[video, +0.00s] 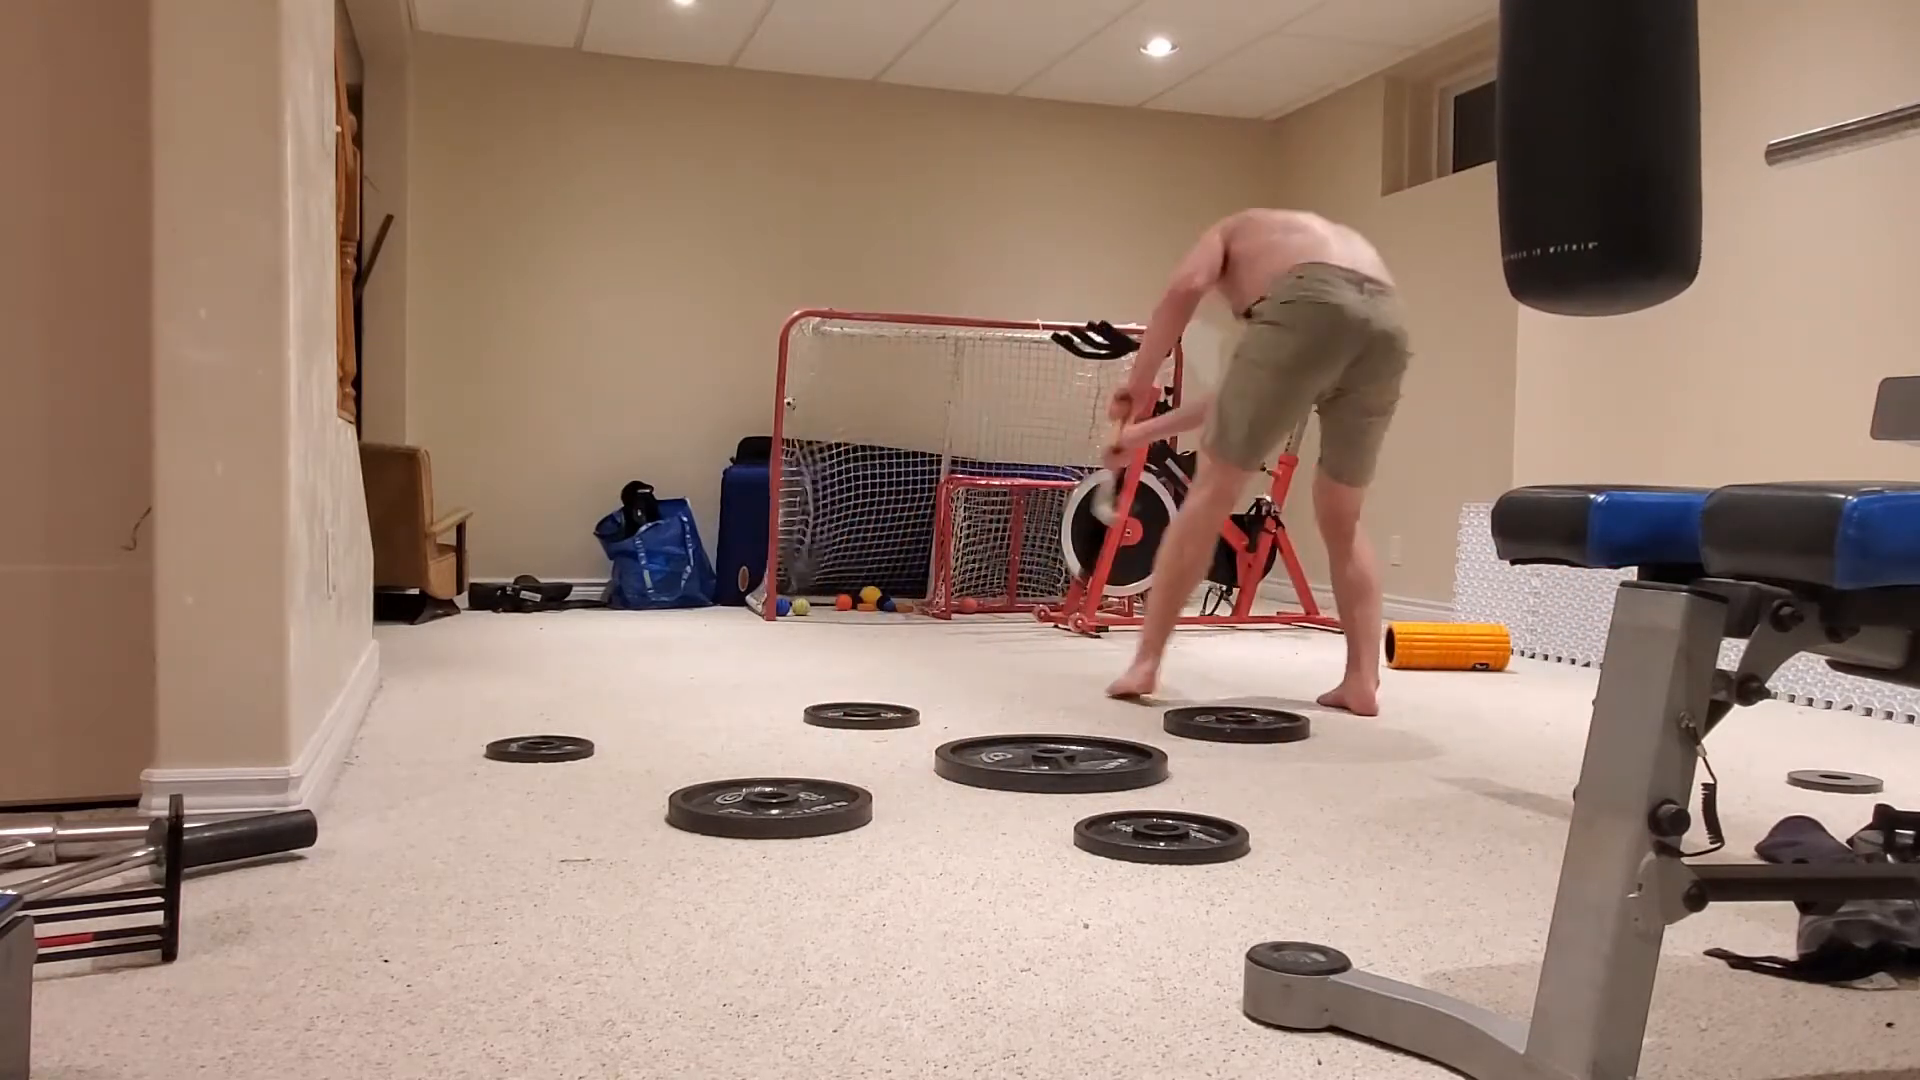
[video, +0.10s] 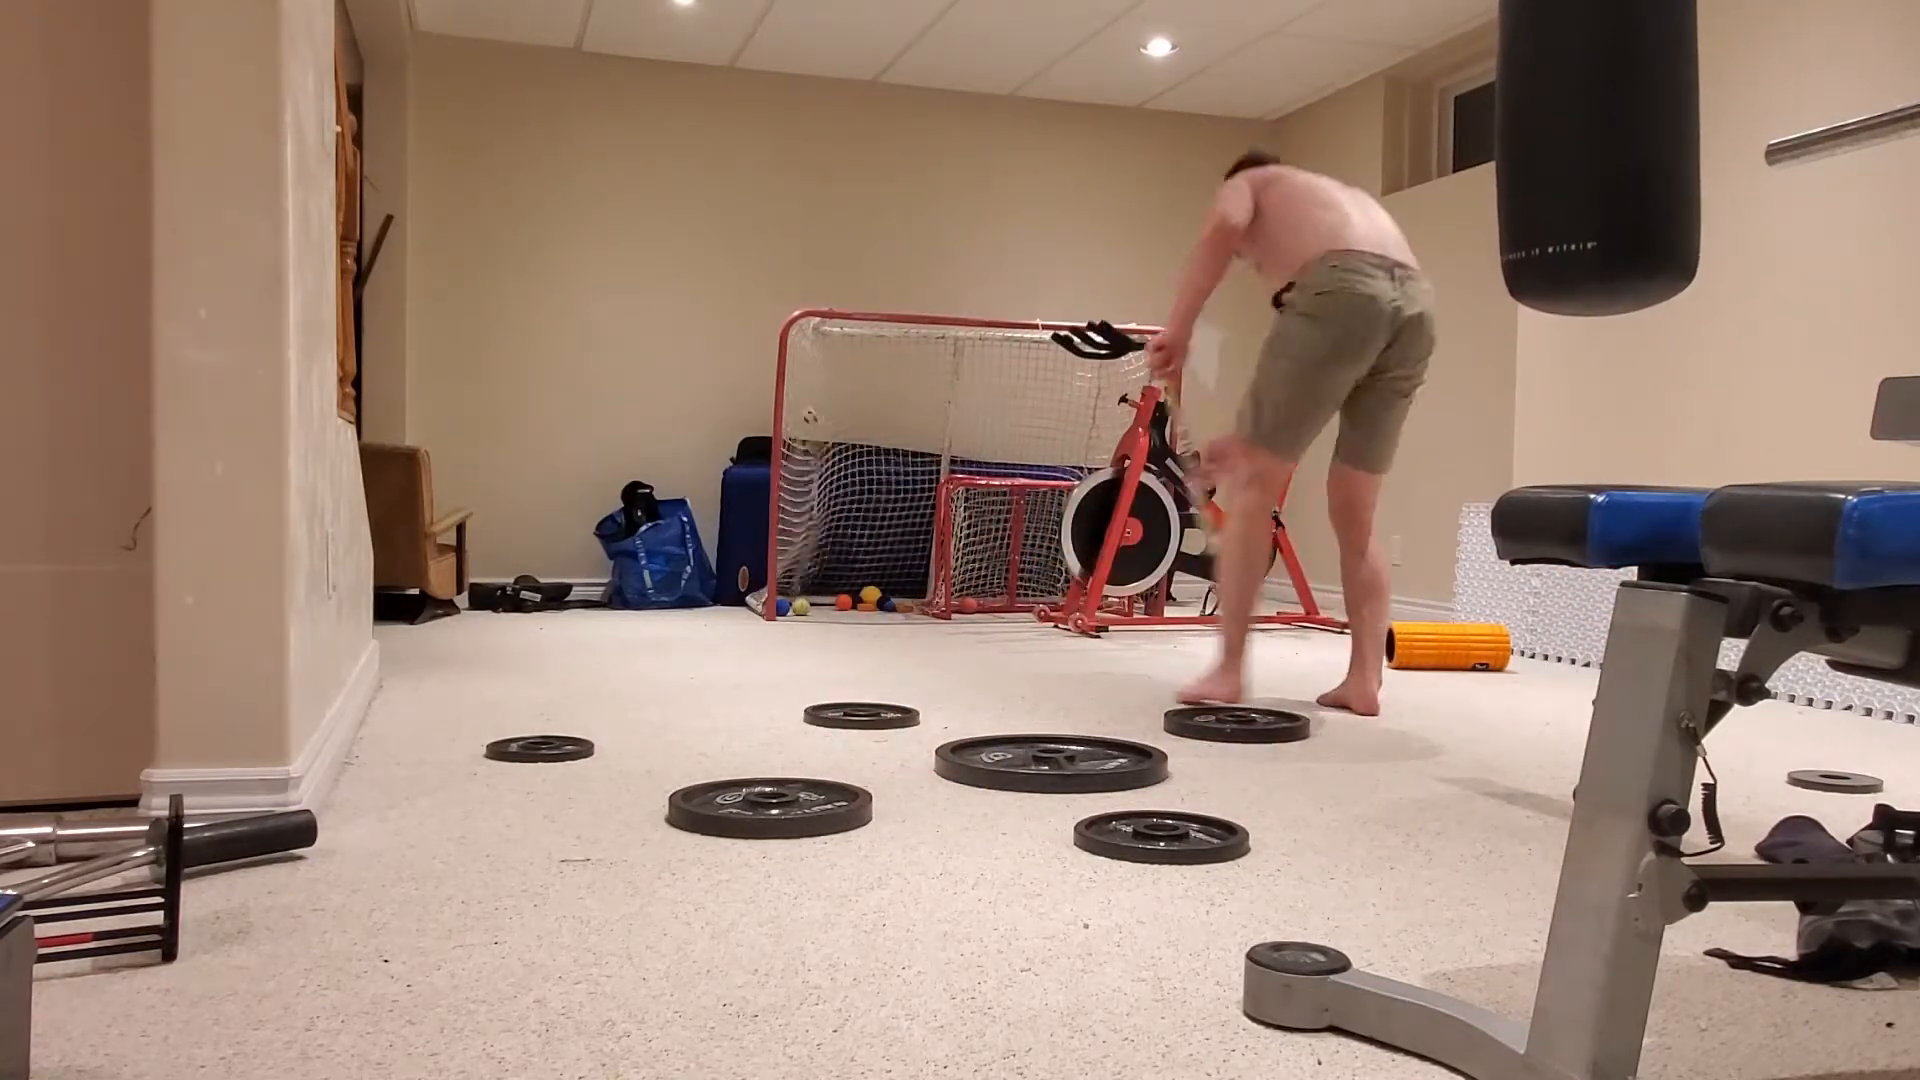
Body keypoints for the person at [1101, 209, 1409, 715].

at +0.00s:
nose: (1247, 315)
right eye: (1247, 308)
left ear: (1233, 241)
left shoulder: (1231, 229)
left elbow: (1189, 286)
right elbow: (1233, 398)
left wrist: (1139, 384)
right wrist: (1142, 434)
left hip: (1309, 298)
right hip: (1389, 320)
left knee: (1213, 494)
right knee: (1344, 520)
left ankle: (1146, 664)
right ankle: (1361, 683)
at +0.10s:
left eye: (1233, 191)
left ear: (1243, 175)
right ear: (1280, 171)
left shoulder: (1248, 179)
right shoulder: (1340, 199)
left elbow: (1229, 225)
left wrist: (1178, 328)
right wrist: (1249, 440)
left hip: (1338, 290)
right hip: (1415, 303)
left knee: (1257, 481)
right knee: (1355, 504)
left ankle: (1228, 671)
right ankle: (1364, 683)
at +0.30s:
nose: (1258, 171)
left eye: (1253, 159)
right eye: (1254, 168)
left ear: (1259, 133)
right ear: (1308, 118)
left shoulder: (1274, 139)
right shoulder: (1381, 167)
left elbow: (1305, 174)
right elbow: (1460, 261)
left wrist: (1284, 283)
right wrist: (1467, 367)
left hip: (1375, 301)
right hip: (1441, 308)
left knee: (1347, 507)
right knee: (1382, 505)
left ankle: (1405, 692)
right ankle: (1383, 669)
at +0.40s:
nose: (1270, 151)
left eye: (1267, 140)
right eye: (1268, 143)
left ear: (1275, 124)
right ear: (1330, 115)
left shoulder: (1295, 137)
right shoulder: (1396, 161)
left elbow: (1328, 186)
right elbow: (1484, 244)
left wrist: (1325, 288)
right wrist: (1534, 325)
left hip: (1394, 308)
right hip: (1450, 324)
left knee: (1345, 503)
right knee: (1388, 497)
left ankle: (1402, 691)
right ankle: (1409, 651)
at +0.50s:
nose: (1293, 130)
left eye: (1289, 120)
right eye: (1290, 122)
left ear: (1300, 105)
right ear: (1356, 97)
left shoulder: (1321, 124)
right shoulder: (1415, 150)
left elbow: (1363, 184)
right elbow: (1495, 229)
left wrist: (1350, 288)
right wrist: (1552, 306)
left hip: (1401, 310)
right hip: (1456, 318)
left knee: (1362, 506)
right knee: (1393, 501)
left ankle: (1404, 692)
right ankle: (1446, 654)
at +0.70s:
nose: (1342, 109)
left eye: (1341, 98)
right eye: (1342, 100)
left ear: (1353, 91)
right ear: (1408, 90)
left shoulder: (1367, 119)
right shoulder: (1461, 152)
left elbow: (1398, 189)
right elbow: (1509, 252)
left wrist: (1361, 303)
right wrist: (1502, 351)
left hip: (1411, 316)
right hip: (1465, 327)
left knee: (1378, 511)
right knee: (1420, 514)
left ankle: (1408, 687)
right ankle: (1459, 666)